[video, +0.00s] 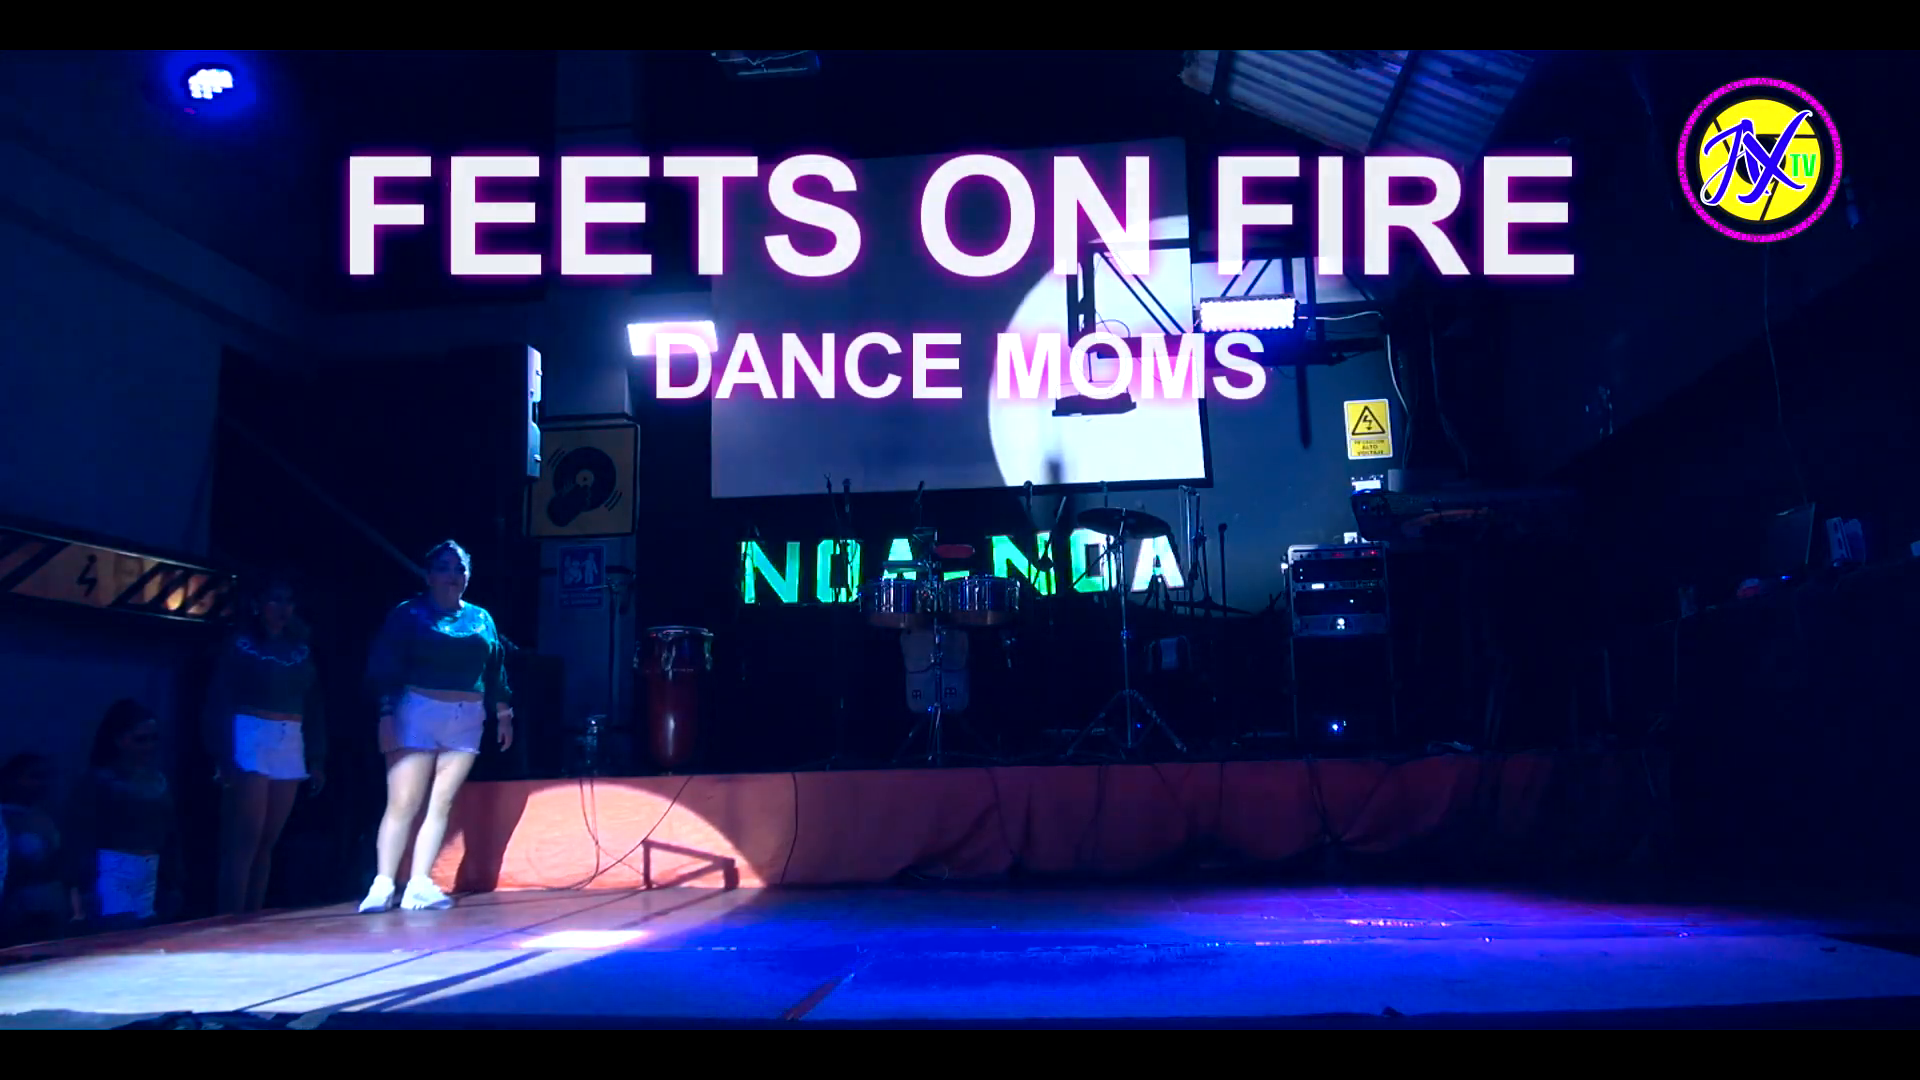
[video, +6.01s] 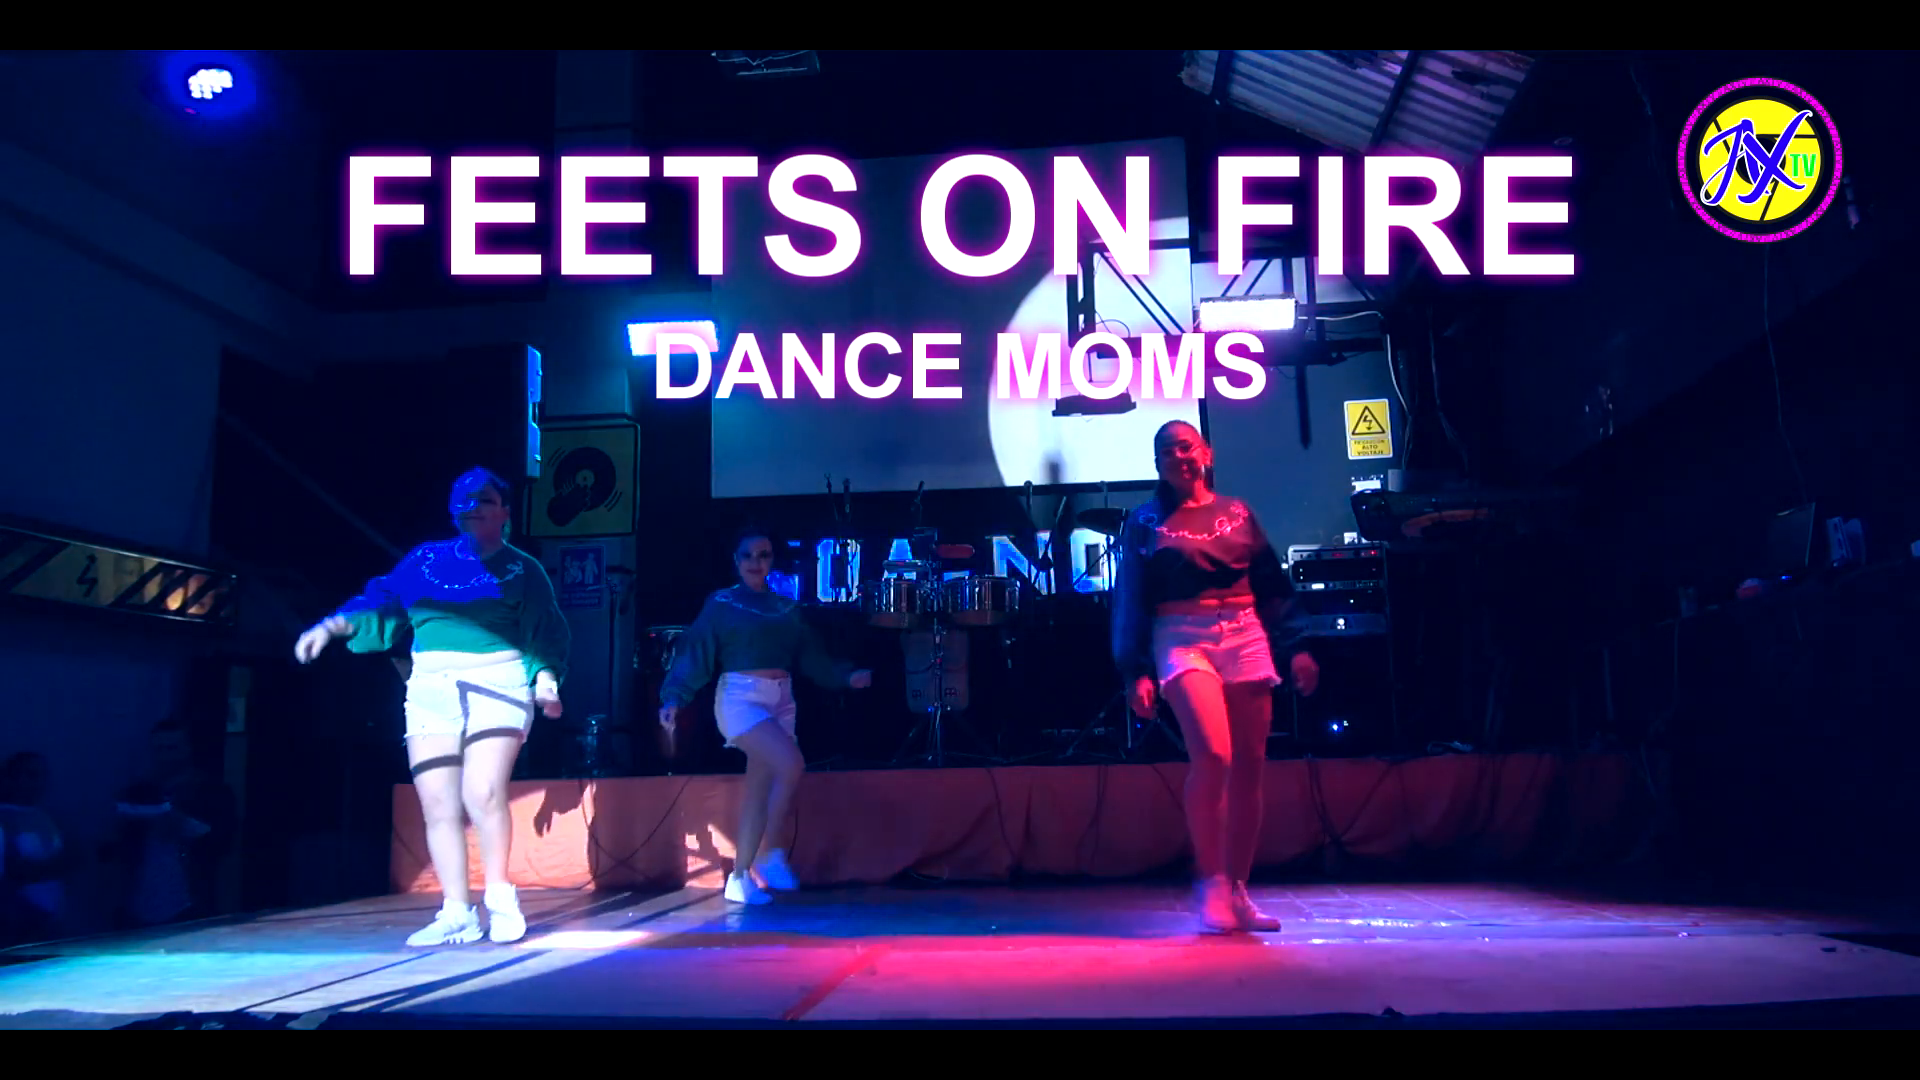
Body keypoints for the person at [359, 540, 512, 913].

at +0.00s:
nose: (453, 576)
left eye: (460, 570)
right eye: (445, 569)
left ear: (468, 576)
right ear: (429, 575)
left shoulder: (481, 618)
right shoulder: (408, 615)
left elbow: (496, 671)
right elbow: (386, 667)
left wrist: (503, 714)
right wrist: (386, 715)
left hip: (467, 713)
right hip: (417, 709)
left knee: (441, 805)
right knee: (402, 805)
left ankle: (419, 884)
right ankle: (384, 882)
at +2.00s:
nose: (556, 541)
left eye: (564, 534)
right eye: (546, 535)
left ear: (578, 541)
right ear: (533, 543)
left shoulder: (597, 591)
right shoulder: (513, 584)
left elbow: (616, 648)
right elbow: (475, 635)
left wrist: (644, 633)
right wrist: (450, 682)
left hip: (584, 696)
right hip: (527, 690)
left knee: (570, 792)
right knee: (545, 771)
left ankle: (553, 888)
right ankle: (536, 871)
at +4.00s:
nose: (459, 496)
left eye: (470, 490)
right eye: (462, 489)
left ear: (498, 498)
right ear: (482, 499)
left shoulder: (534, 550)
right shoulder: (449, 554)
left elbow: (566, 616)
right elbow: (421, 604)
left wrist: (559, 678)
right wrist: (397, 624)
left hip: (509, 689)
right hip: (448, 692)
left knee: (501, 806)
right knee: (443, 809)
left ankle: (512, 915)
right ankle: (419, 917)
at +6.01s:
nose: (474, 509)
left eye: (484, 502)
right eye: (466, 503)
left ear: (505, 511)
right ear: (455, 514)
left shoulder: (524, 570)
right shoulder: (426, 561)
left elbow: (546, 631)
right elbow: (381, 600)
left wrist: (545, 675)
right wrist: (333, 626)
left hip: (500, 683)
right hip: (431, 686)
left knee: (485, 794)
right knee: (439, 804)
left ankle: (500, 900)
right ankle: (456, 913)